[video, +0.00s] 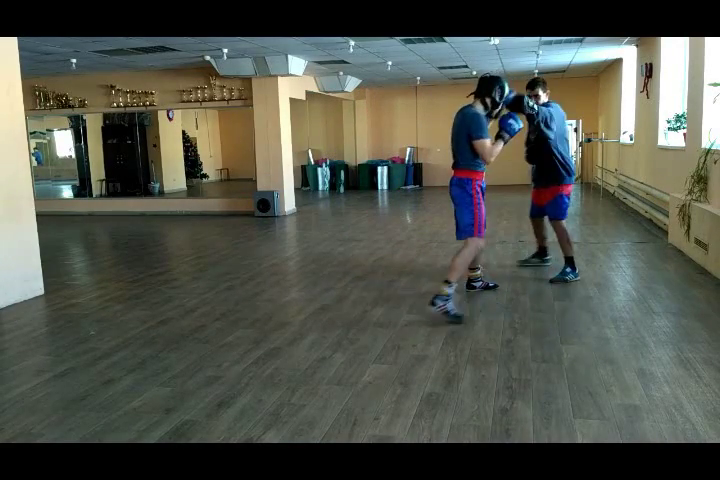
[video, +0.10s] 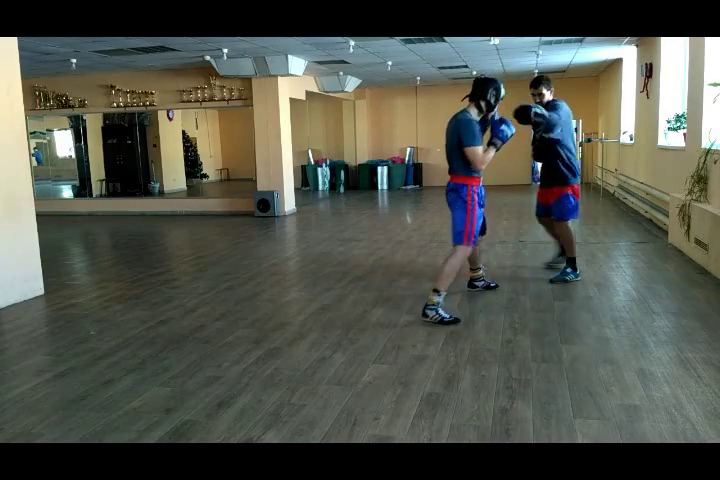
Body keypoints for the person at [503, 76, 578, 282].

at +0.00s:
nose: (533, 100)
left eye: (537, 96)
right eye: (530, 96)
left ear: (546, 94)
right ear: (528, 95)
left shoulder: (554, 110)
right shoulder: (535, 114)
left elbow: (538, 113)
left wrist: (514, 98)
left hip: (559, 174)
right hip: (541, 174)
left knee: (556, 220)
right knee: (536, 216)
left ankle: (570, 266)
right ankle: (542, 253)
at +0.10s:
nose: (537, 98)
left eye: (541, 94)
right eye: (534, 95)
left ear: (551, 92)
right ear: (531, 95)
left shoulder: (559, 107)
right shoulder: (542, 113)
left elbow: (553, 121)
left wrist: (533, 113)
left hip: (564, 174)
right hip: (548, 175)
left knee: (561, 221)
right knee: (544, 217)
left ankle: (572, 267)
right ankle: (564, 251)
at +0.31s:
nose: (544, 101)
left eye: (547, 96)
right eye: (540, 97)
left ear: (557, 93)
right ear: (538, 97)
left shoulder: (569, 110)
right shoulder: (544, 119)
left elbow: (584, 142)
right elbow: (540, 152)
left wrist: (563, 130)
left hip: (573, 176)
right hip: (558, 177)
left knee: (557, 217)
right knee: (573, 220)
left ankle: (572, 265)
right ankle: (592, 259)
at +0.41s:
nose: (547, 102)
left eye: (550, 97)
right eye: (543, 98)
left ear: (560, 94)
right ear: (540, 97)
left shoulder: (572, 111)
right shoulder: (546, 120)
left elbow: (586, 143)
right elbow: (541, 151)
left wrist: (564, 130)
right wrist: (541, 155)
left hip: (574, 175)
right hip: (558, 176)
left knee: (556, 215)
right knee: (572, 220)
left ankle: (572, 264)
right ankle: (592, 259)